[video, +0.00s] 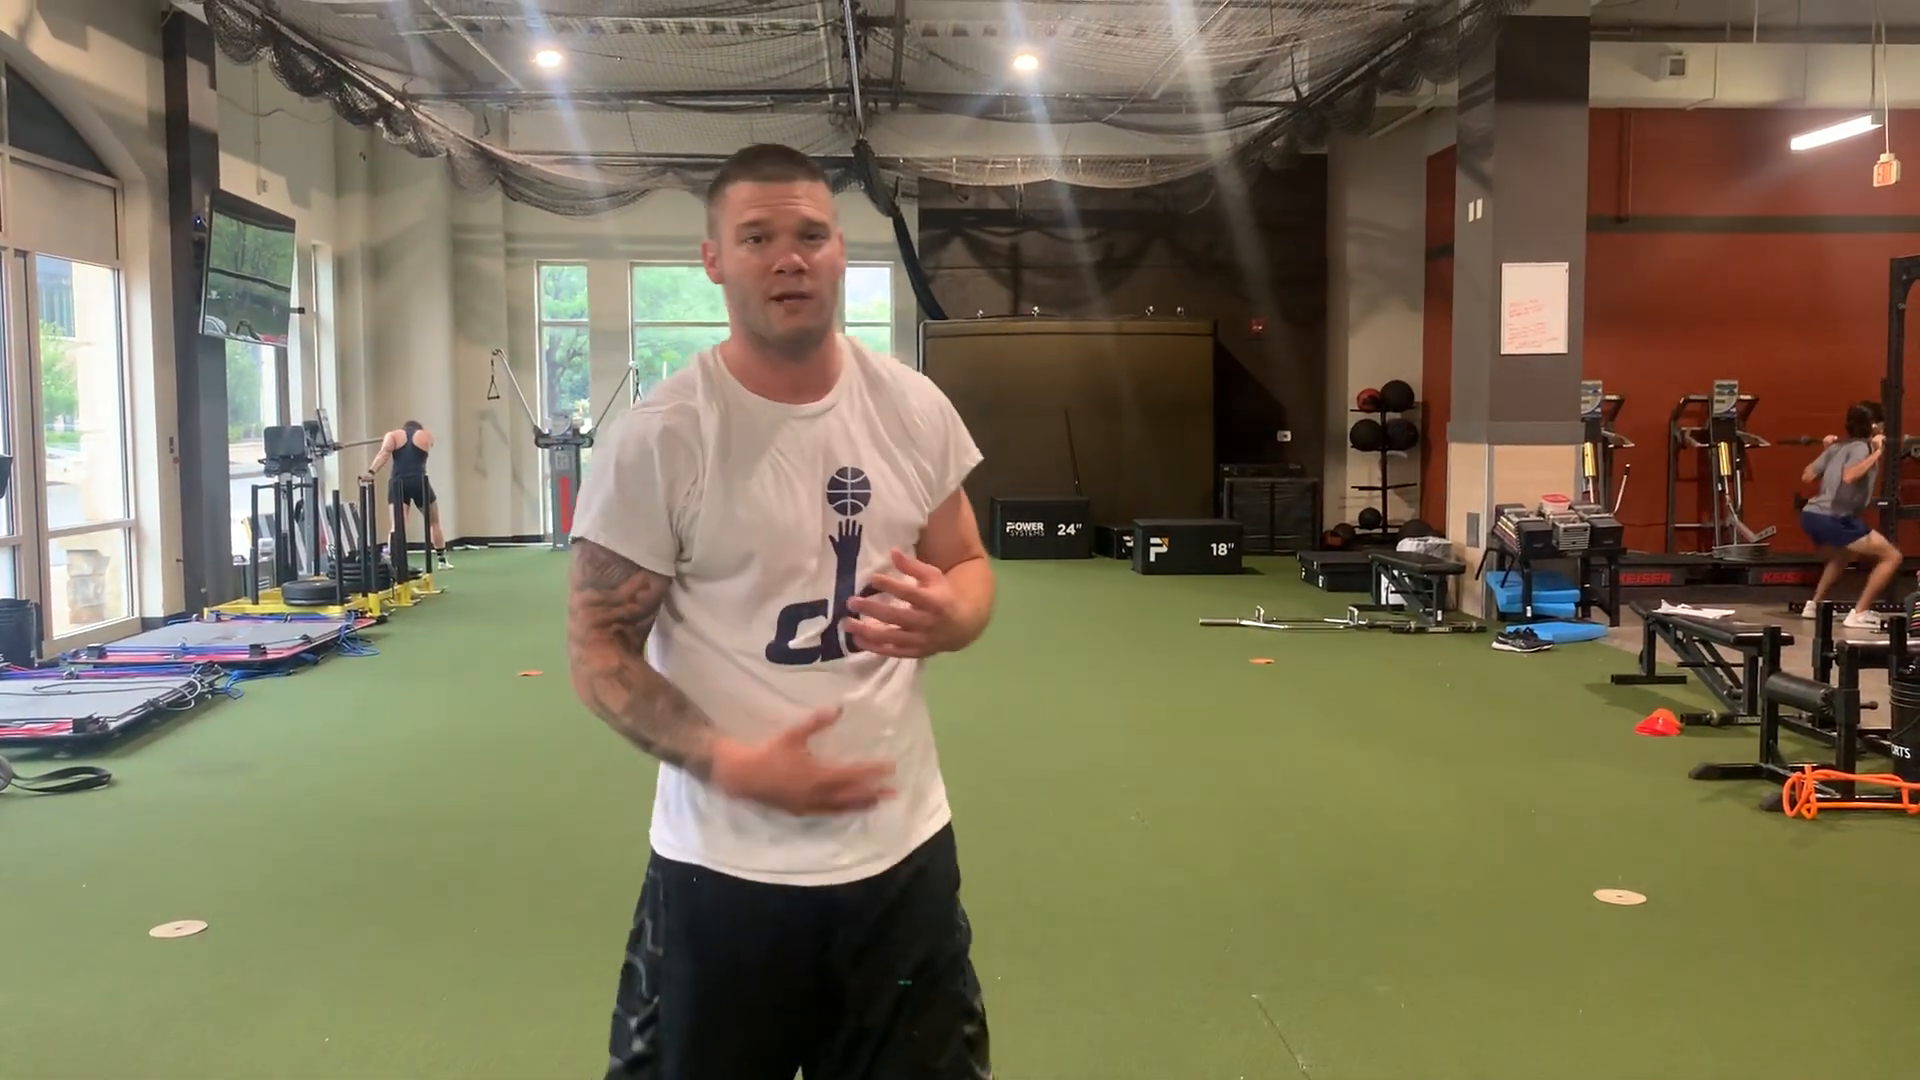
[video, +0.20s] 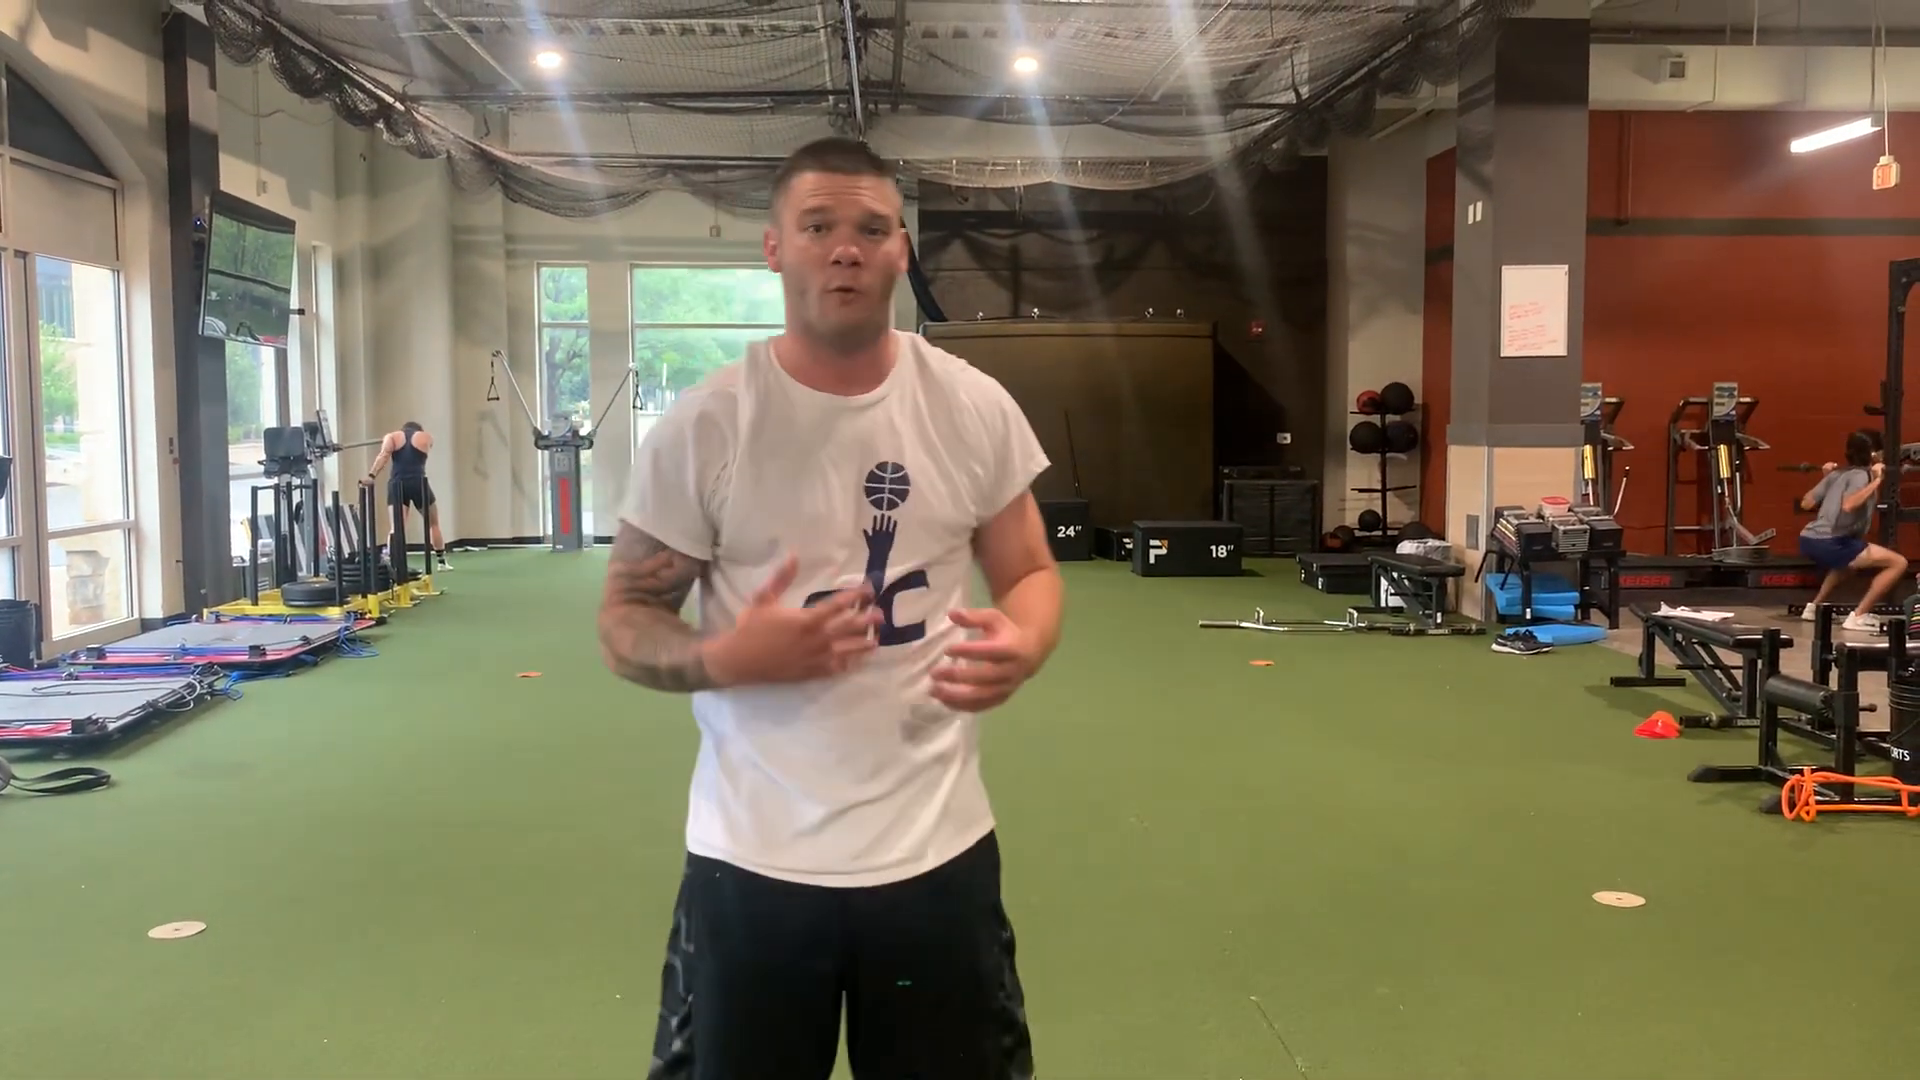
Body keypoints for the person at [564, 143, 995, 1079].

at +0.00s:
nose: (791, 257)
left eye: (812, 233)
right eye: (759, 236)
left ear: (842, 253)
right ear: (713, 263)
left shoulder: (910, 406)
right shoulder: (658, 435)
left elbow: (967, 565)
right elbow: (598, 651)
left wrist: (955, 618)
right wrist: (725, 759)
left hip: (900, 861)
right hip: (730, 873)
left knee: (927, 1065)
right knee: (698, 1067)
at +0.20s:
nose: (847, 247)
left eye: (872, 227)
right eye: (818, 224)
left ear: (903, 253)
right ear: (773, 249)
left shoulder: (970, 407)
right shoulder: (704, 425)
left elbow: (1030, 574)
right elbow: (627, 623)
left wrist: (1020, 644)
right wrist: (725, 658)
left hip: (934, 854)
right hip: (756, 863)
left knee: (963, 1066)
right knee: (730, 1066)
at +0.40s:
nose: (916, 247)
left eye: (943, 232)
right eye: (892, 225)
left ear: (975, 267)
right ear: (849, 252)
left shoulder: (1036, 427)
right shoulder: (766, 428)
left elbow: (1094, 603)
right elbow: (703, 617)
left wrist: (1043, 675)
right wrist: (702, 697)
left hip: (970, 865)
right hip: (791, 864)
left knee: (994, 1067)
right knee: (747, 1067)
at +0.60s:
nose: (977, 244)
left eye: (1004, 233)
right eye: (954, 222)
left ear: (1031, 275)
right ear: (906, 250)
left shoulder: (1079, 442)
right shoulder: (810, 422)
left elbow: (1111, 633)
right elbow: (741, 599)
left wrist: (1047, 643)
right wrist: (728, 751)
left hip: (994, 867)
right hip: (813, 861)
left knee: (1004, 1067)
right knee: (781, 1067)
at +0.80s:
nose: (1017, 258)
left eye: (1047, 250)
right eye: (996, 235)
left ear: (1067, 295)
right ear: (945, 262)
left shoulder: (1099, 461)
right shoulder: (833, 422)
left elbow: (1131, 644)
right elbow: (755, 599)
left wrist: (1123, 707)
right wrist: (794, 744)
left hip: (994, 866)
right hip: (822, 859)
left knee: (1009, 1067)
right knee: (787, 1068)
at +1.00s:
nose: (1036, 273)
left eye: (1065, 264)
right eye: (1018, 246)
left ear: (1088, 304)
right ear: (970, 263)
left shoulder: (1102, 468)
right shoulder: (847, 414)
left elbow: (1138, 649)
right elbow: (749, 587)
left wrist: (1142, 732)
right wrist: (786, 726)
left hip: (985, 867)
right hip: (814, 854)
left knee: (997, 1067)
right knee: (781, 1066)